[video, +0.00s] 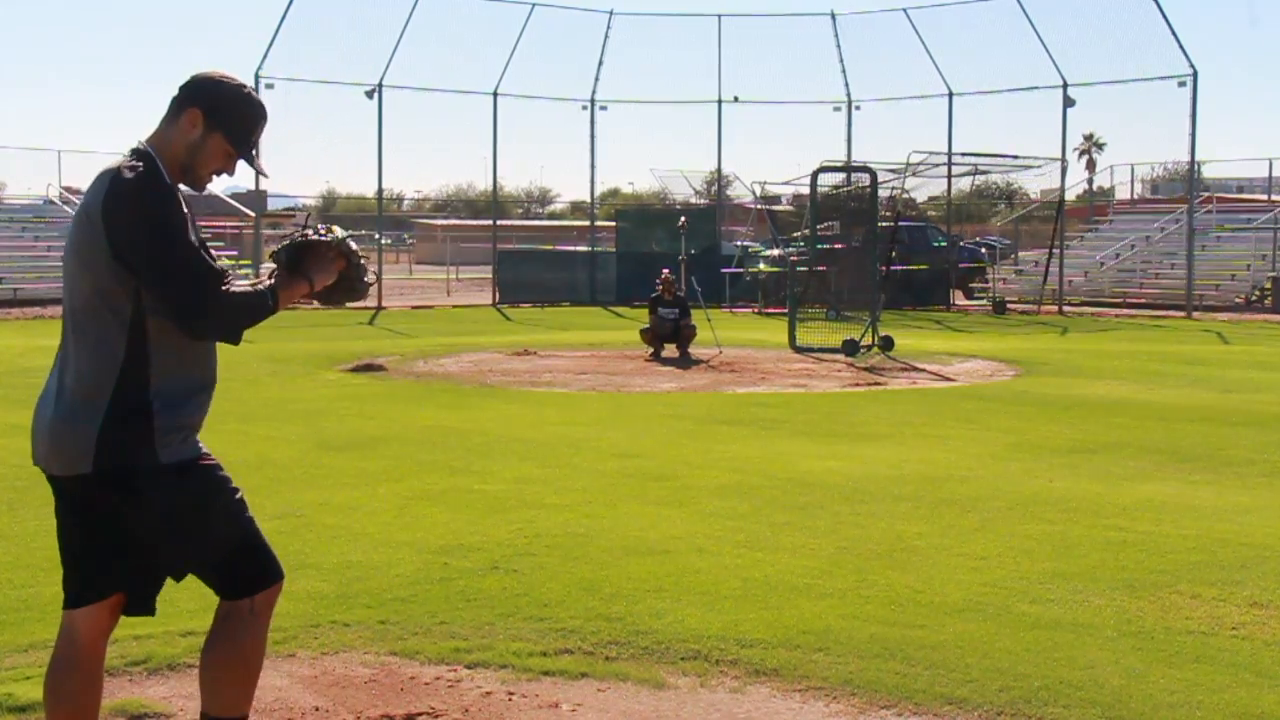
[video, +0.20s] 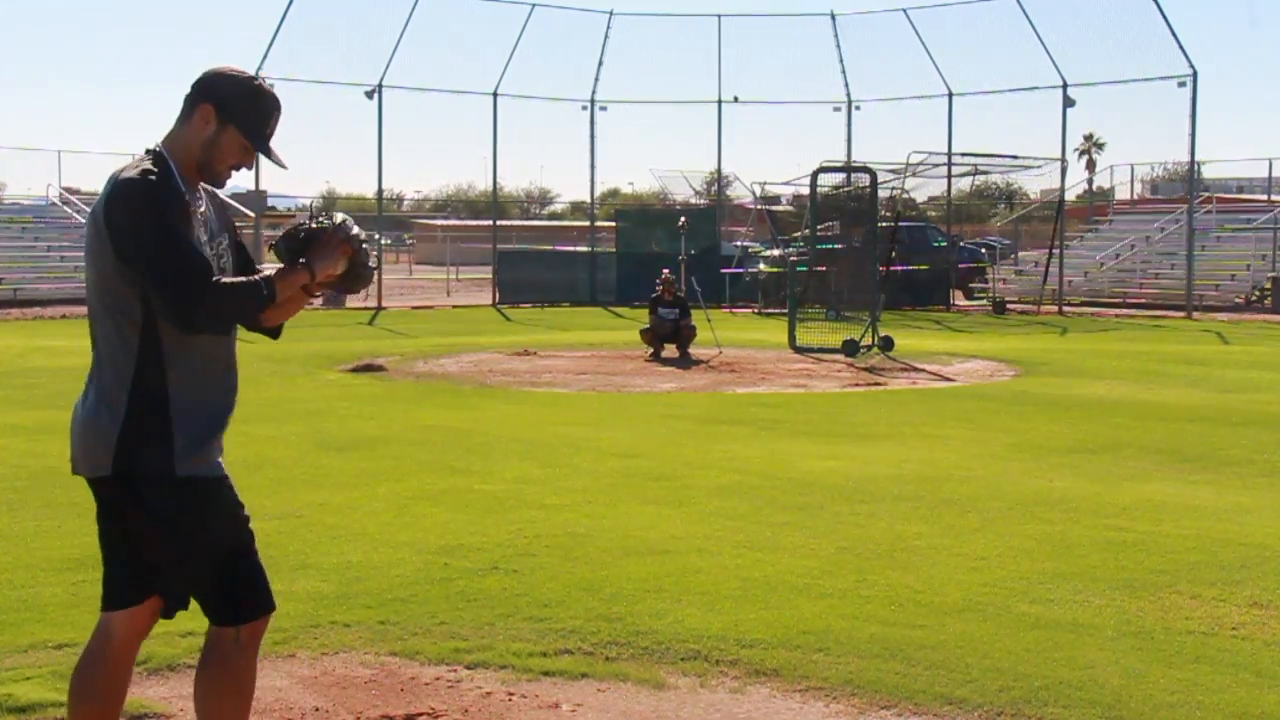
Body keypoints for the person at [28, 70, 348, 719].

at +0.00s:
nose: (228, 168)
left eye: (236, 158)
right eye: (230, 151)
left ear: (189, 125)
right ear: (192, 121)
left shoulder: (114, 187)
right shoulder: (144, 192)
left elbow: (197, 303)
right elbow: (212, 312)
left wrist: (276, 289)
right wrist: (287, 283)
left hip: (80, 444)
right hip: (143, 448)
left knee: (91, 609)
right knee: (254, 584)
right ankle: (223, 716)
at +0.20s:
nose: (246, 166)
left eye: (252, 156)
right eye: (245, 149)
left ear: (209, 126)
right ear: (207, 119)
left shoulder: (196, 203)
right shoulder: (144, 191)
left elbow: (239, 314)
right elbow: (195, 303)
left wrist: (287, 298)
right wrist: (307, 268)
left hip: (137, 446)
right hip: (159, 450)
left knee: (132, 608)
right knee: (243, 612)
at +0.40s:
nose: (268, 148)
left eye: (274, 136)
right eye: (265, 131)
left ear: (236, 118)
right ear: (221, 107)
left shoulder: (250, 203)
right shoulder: (144, 186)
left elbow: (301, 313)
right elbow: (182, 286)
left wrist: (323, 256)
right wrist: (290, 243)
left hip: (232, 440)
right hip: (162, 447)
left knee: (279, 591)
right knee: (222, 622)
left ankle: (165, 711)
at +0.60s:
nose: (282, 147)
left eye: (288, 134)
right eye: (276, 128)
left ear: (250, 118)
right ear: (231, 107)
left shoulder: (271, 196)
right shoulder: (138, 178)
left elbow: (333, 308)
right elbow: (123, 253)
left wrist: (309, 229)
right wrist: (244, 210)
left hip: (259, 419)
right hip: (174, 443)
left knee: (338, 557)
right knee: (216, 620)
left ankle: (340, 717)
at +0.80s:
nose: (291, 152)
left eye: (303, 140)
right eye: (283, 135)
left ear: (304, 145)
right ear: (246, 125)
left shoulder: (297, 200)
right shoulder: (167, 174)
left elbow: (365, 293)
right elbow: (110, 233)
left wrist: (314, 200)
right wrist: (229, 177)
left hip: (275, 394)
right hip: (187, 426)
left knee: (347, 460)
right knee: (218, 612)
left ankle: (423, 634)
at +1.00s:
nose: (337, 162)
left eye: (342, 149)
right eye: (332, 145)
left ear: (311, 139)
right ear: (291, 130)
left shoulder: (328, 210)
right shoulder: (202, 187)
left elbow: (369, 309)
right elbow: (132, 254)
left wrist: (324, 223)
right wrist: (245, 193)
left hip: (274, 384)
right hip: (197, 414)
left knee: (346, 378)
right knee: (234, 600)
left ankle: (382, 580)